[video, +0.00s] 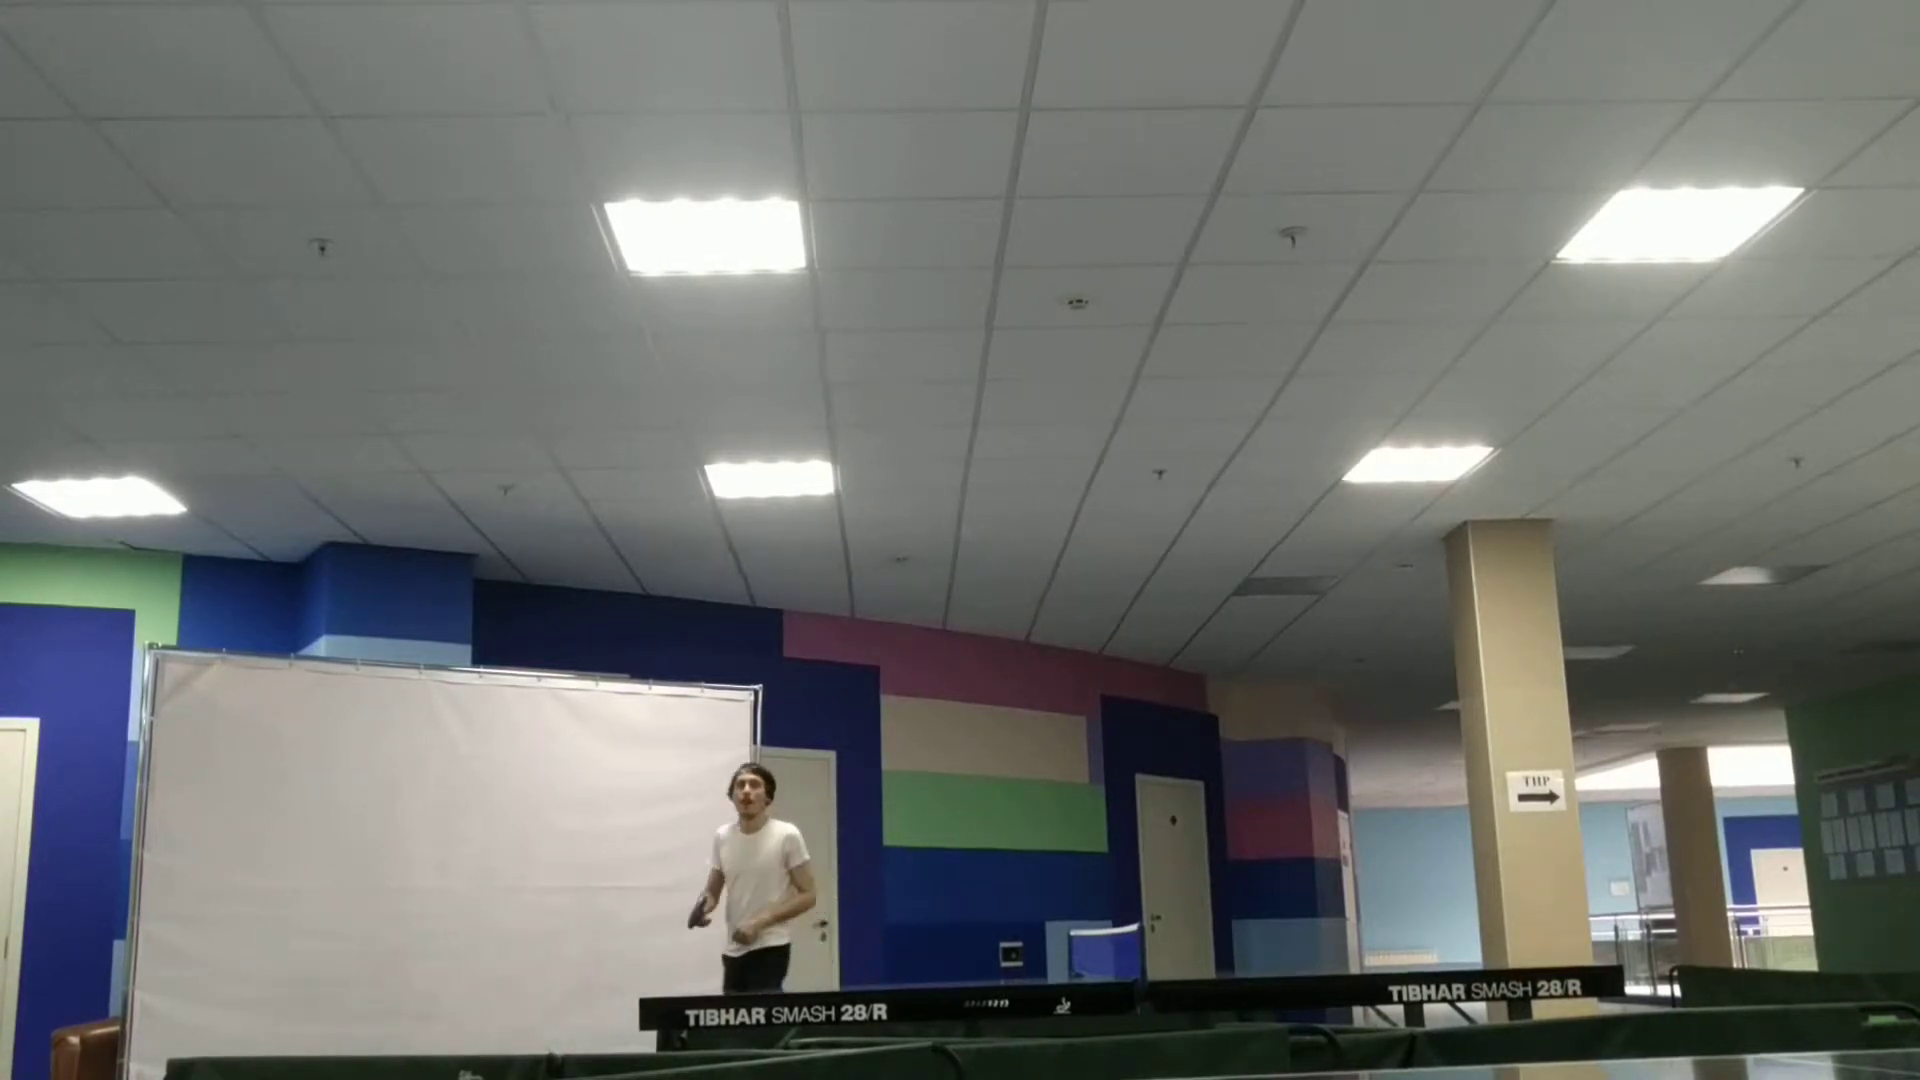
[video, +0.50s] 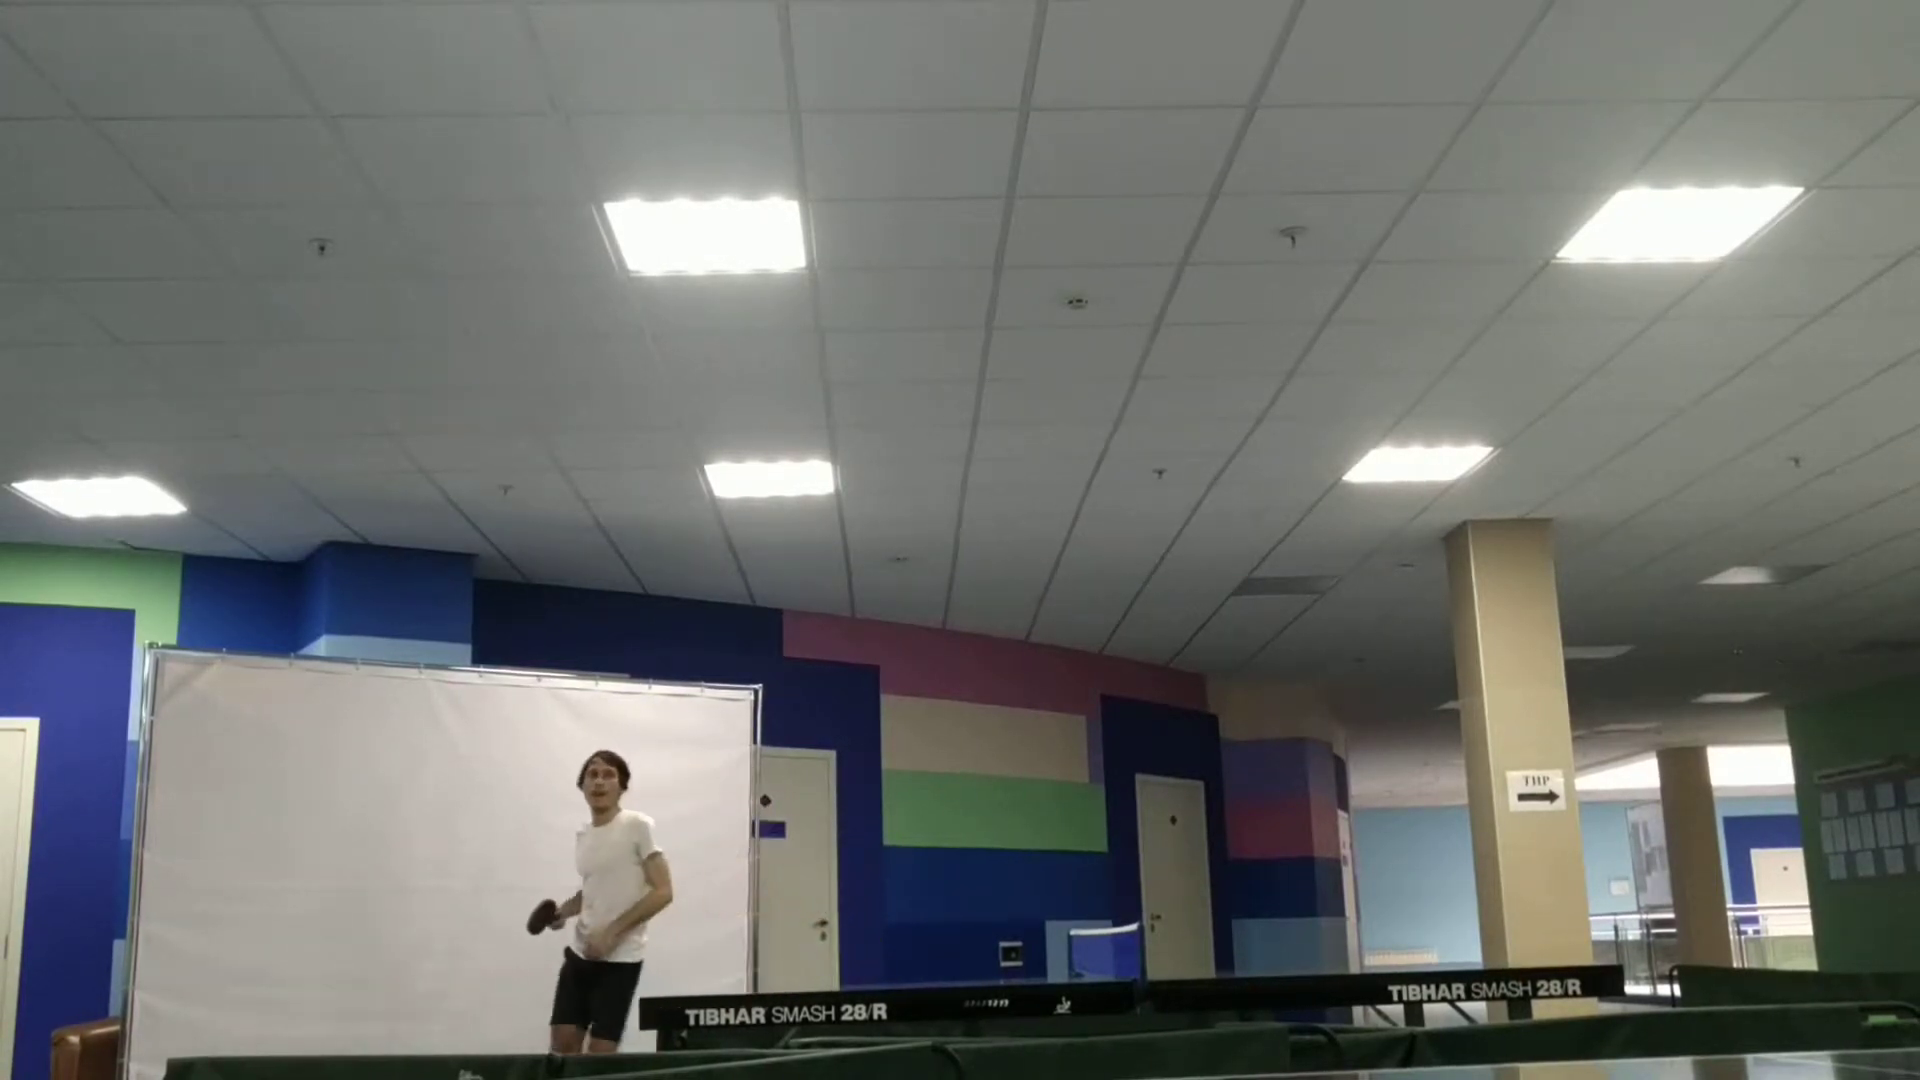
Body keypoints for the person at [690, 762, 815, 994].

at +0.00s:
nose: (747, 791)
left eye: (755, 785)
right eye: (741, 785)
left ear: (768, 797)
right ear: (732, 795)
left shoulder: (786, 836)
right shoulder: (723, 837)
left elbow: (808, 896)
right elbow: (712, 891)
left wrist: (757, 923)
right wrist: (702, 910)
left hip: (771, 949)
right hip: (734, 951)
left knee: (760, 1025)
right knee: (733, 1025)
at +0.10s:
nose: (722, 785)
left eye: (730, 778)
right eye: (715, 779)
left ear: (744, 788)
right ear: (707, 788)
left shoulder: (762, 829)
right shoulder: (704, 829)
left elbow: (783, 890)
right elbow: (698, 883)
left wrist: (733, 921)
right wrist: (682, 904)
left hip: (748, 950)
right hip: (711, 951)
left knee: (740, 1026)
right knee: (693, 1021)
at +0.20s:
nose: (693, 786)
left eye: (702, 780)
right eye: (687, 781)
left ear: (716, 790)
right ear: (679, 791)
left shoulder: (734, 831)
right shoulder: (680, 834)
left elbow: (756, 894)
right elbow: (685, 886)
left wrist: (702, 923)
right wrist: (660, 908)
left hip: (724, 959)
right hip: (685, 959)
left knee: (726, 1045)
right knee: (648, 1037)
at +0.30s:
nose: (662, 790)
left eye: (671, 784)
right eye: (656, 785)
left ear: (685, 795)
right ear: (648, 795)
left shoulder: (702, 835)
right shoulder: (651, 840)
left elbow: (724, 899)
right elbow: (663, 895)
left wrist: (671, 928)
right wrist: (634, 913)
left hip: (694, 966)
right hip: (653, 966)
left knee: (695, 1060)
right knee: (620, 1051)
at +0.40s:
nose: (629, 788)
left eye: (638, 782)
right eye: (622, 782)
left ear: (652, 793)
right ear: (613, 793)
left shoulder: (667, 834)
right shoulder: (617, 842)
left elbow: (691, 898)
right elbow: (627, 894)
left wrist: (638, 934)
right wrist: (602, 915)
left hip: (655, 967)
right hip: (614, 966)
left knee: (669, 1055)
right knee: (585, 1042)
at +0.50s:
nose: (599, 781)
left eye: (609, 775)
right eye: (592, 774)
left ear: (622, 787)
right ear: (582, 785)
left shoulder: (637, 826)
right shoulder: (584, 836)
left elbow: (663, 892)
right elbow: (591, 892)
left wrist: (612, 932)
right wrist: (560, 913)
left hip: (619, 962)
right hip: (579, 957)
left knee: (599, 1057)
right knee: (562, 1050)